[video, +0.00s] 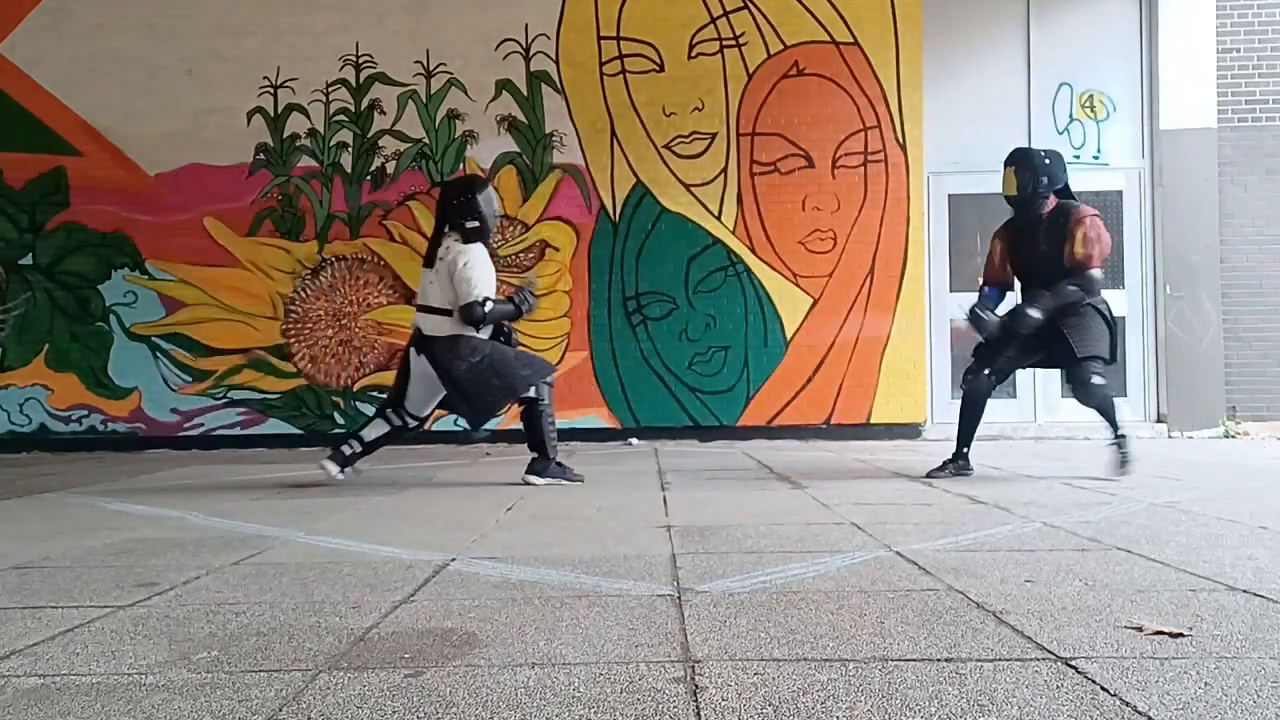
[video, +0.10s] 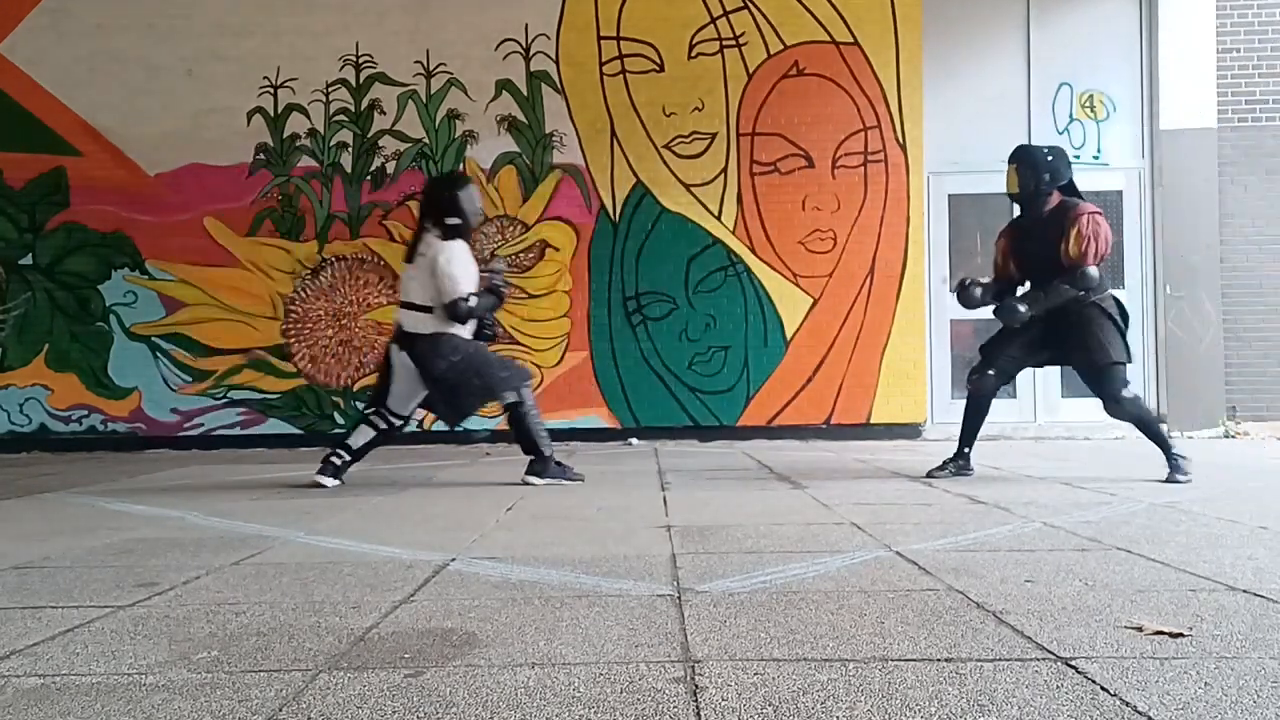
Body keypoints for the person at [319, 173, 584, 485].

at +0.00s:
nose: (495, 216)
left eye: (493, 208)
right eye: (489, 209)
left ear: (452, 215)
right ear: (473, 215)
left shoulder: (441, 247)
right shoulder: (470, 253)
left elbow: (443, 306)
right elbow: (475, 312)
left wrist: (493, 326)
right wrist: (516, 307)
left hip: (426, 344)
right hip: (458, 347)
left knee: (405, 413)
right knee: (536, 378)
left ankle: (342, 455)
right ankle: (545, 462)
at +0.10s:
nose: (480, 206)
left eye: (477, 198)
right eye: (474, 199)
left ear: (437, 206)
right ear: (457, 207)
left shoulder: (425, 241)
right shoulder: (451, 248)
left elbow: (426, 303)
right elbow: (459, 308)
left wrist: (473, 326)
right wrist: (492, 297)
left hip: (408, 341)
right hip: (439, 346)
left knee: (389, 415)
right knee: (515, 381)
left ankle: (332, 468)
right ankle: (543, 462)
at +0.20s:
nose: (453, 205)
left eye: (450, 198)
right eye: (448, 199)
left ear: (410, 201)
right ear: (434, 204)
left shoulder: (394, 234)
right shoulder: (428, 241)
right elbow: (437, 301)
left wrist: (454, 282)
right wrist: (457, 310)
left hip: (381, 337)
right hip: (417, 342)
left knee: (371, 409)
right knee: (481, 392)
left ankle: (323, 468)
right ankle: (527, 457)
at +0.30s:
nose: (434, 193)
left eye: (432, 185)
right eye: (429, 186)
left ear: (387, 192)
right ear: (416, 193)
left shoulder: (370, 223)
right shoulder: (413, 232)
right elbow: (432, 296)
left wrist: (430, 254)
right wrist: (444, 270)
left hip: (363, 327)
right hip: (400, 331)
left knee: (363, 403)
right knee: (470, 373)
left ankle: (322, 467)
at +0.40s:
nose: (425, 188)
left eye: (424, 180)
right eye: (420, 181)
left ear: (378, 186)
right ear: (405, 186)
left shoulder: (359, 221)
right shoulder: (405, 224)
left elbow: (346, 277)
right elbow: (427, 289)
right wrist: (436, 258)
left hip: (356, 322)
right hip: (394, 323)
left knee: (358, 397)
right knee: (468, 361)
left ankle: (321, 468)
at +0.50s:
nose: (419, 185)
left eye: (416, 176)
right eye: (414, 177)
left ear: (371, 183)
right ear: (401, 183)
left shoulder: (353, 220)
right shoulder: (403, 221)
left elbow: (337, 277)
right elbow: (424, 286)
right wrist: (435, 261)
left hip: (351, 317)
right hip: (390, 318)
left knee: (354, 395)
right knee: (454, 364)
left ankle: (321, 468)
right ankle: (394, 407)